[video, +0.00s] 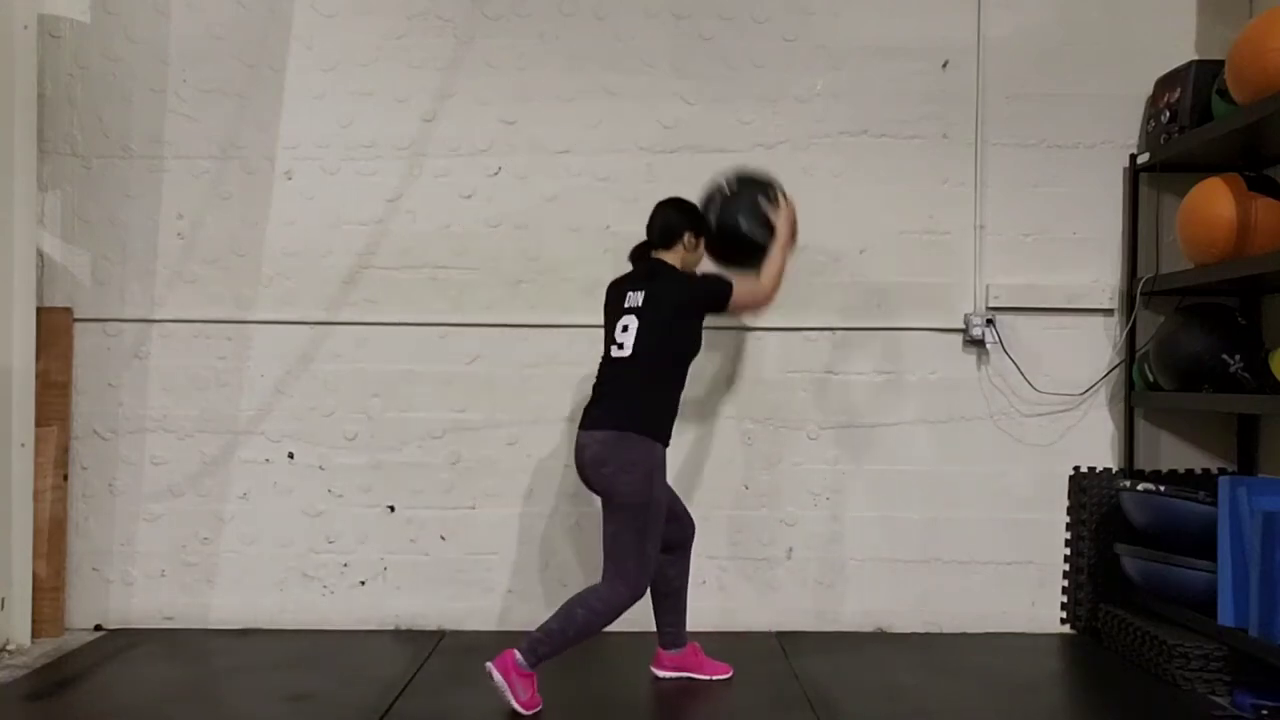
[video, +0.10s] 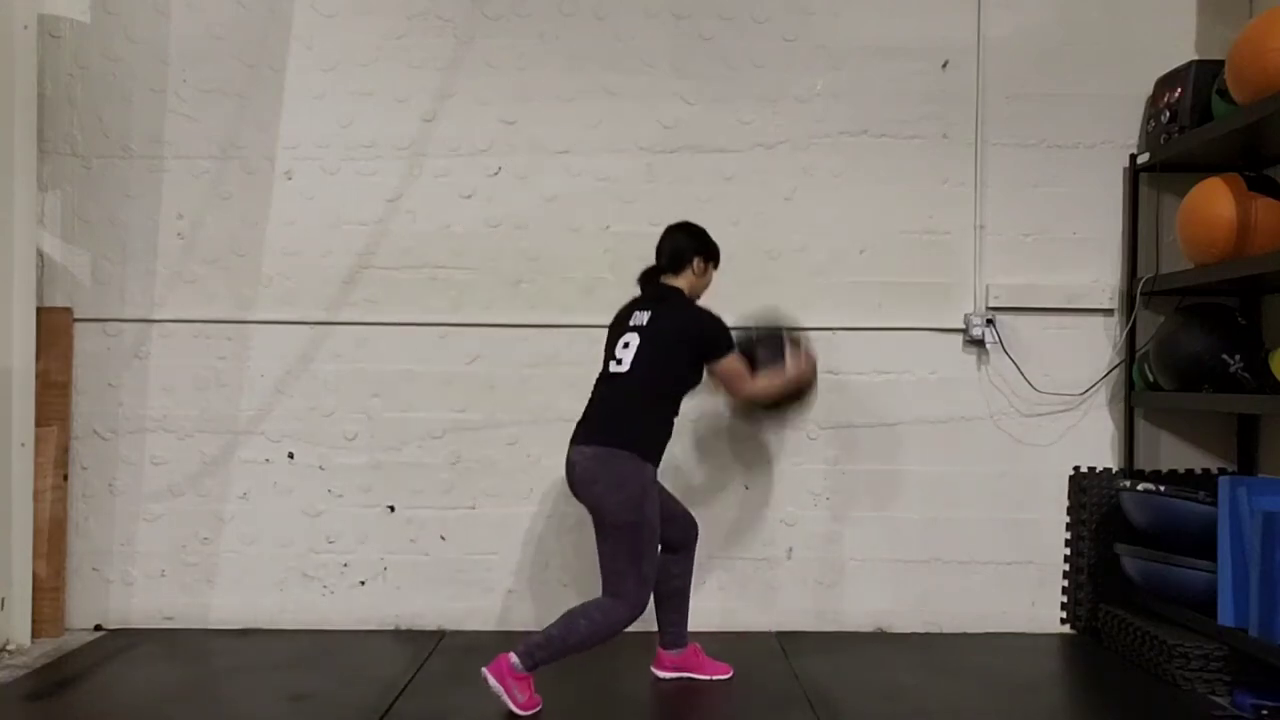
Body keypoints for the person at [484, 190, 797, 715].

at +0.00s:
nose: (702, 254)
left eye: (701, 245)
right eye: (700, 245)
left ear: (653, 239)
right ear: (687, 242)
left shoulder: (620, 286)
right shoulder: (685, 287)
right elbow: (759, 294)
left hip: (595, 446)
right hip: (632, 451)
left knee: (678, 532)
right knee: (626, 582)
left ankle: (673, 650)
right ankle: (522, 660)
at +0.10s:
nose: (709, 281)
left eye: (710, 271)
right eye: (709, 271)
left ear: (662, 263)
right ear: (696, 267)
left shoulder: (630, 312)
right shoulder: (697, 323)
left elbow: (665, 369)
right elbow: (746, 388)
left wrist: (726, 360)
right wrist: (795, 372)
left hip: (589, 460)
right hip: (620, 468)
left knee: (681, 531)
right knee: (626, 601)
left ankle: (674, 651)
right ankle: (516, 663)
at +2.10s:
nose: (559, 274)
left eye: (567, 263)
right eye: (555, 266)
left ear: (597, 256)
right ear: (557, 267)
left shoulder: (628, 305)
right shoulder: (572, 309)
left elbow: (576, 335)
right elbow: (509, 348)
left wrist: (532, 266)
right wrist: (474, 293)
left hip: (663, 461)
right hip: (610, 460)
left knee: (673, 581)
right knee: (551, 541)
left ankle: (745, 628)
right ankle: (549, 658)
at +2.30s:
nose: (528, 323)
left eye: (536, 311)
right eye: (525, 313)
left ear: (571, 311)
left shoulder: (606, 373)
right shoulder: (544, 379)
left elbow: (619, 469)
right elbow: (540, 455)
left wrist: (610, 553)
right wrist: (525, 531)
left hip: (659, 496)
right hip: (603, 486)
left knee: (663, 620)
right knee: (540, 551)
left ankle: (744, 627)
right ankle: (551, 661)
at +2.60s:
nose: (501, 298)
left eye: (510, 287)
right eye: (499, 288)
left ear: (545, 289)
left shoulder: (581, 348)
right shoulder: (519, 366)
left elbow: (573, 445)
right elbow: (513, 448)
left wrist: (501, 491)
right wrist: (474, 483)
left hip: (643, 473)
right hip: (586, 474)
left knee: (671, 591)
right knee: (536, 551)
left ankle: (745, 629)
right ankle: (550, 660)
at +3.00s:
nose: (528, 232)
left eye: (538, 219)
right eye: (519, 223)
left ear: (565, 219)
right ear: (514, 231)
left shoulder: (593, 271)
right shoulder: (519, 294)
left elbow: (558, 325)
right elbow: (482, 371)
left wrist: (482, 290)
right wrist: (417, 341)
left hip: (625, 435)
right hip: (564, 439)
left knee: (673, 542)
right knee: (534, 547)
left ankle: (725, 623)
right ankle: (549, 659)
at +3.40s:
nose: (604, 209)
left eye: (609, 200)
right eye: (591, 200)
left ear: (617, 204)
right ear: (567, 205)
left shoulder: (631, 249)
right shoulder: (553, 258)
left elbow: (658, 175)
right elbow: (527, 220)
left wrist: (602, 123)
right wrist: (519, 136)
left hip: (631, 425)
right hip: (572, 427)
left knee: (663, 535)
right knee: (563, 547)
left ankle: (672, 646)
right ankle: (544, 656)